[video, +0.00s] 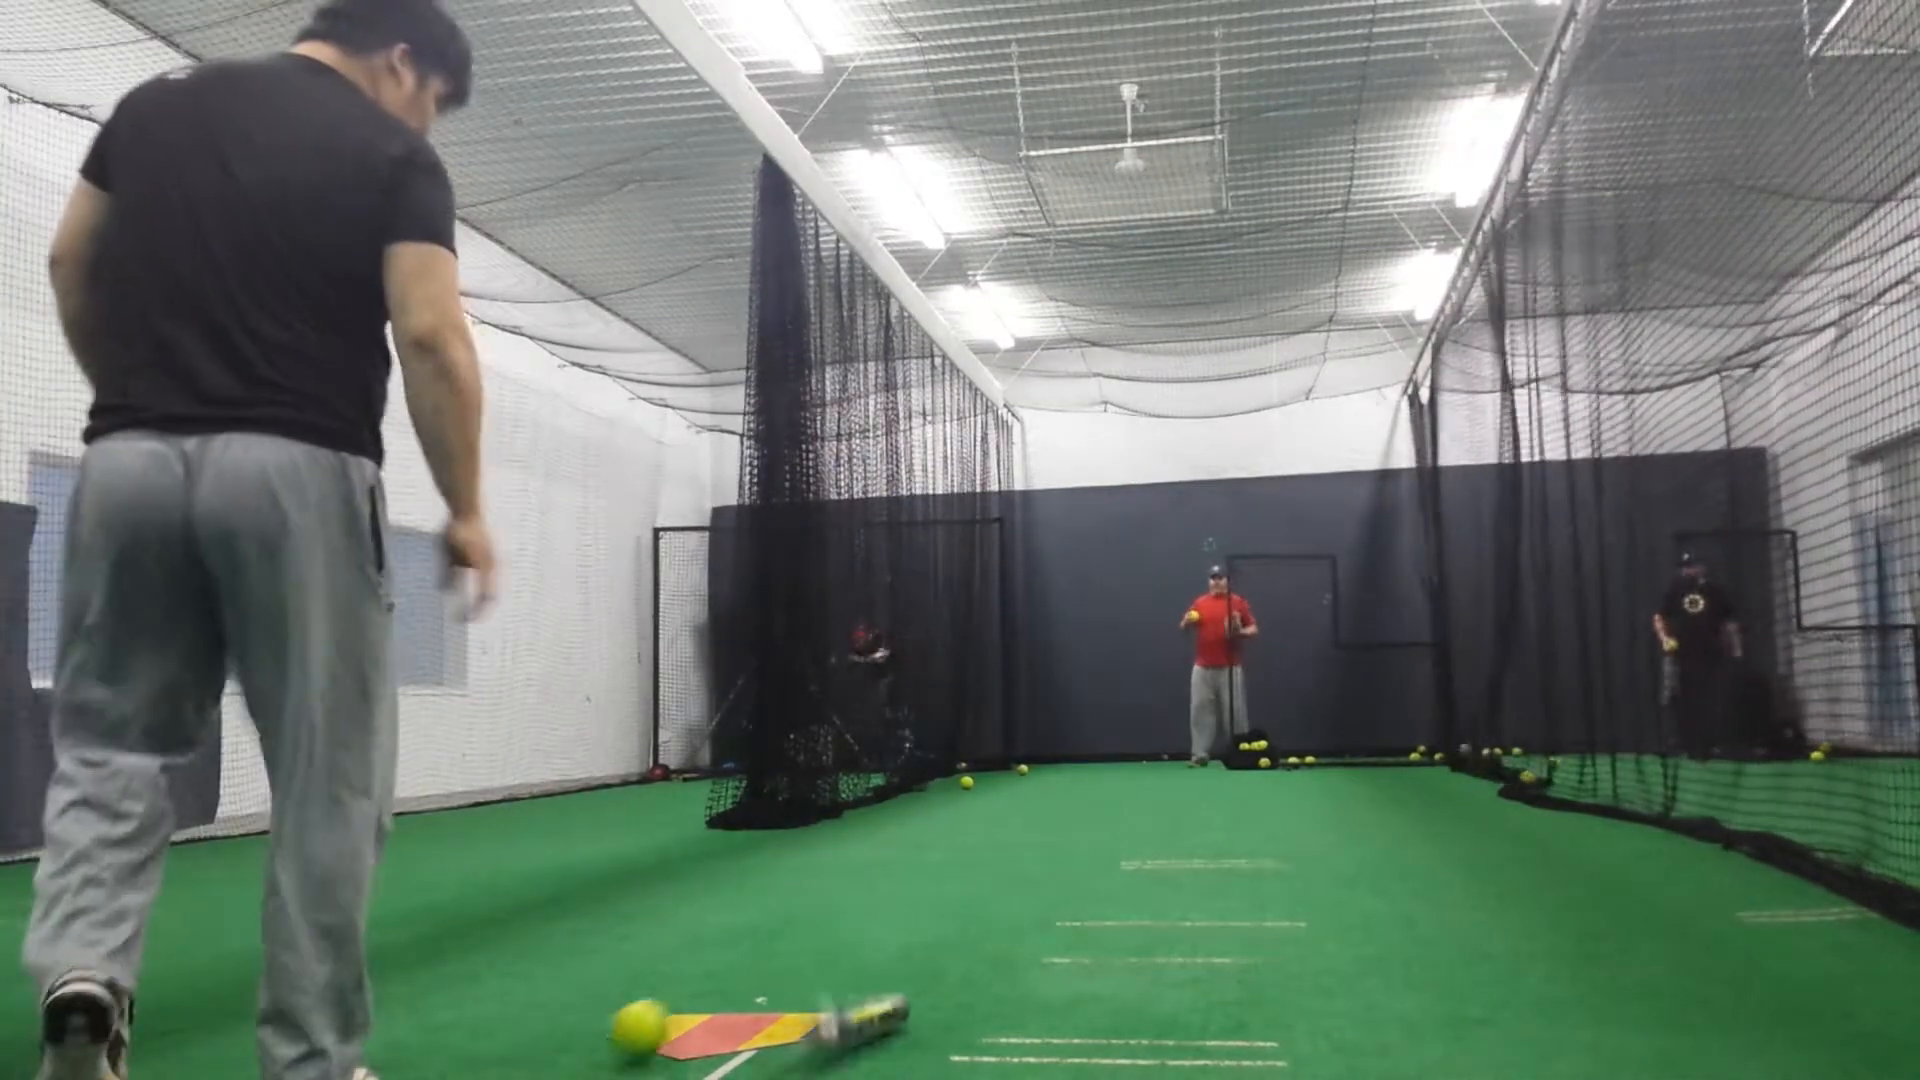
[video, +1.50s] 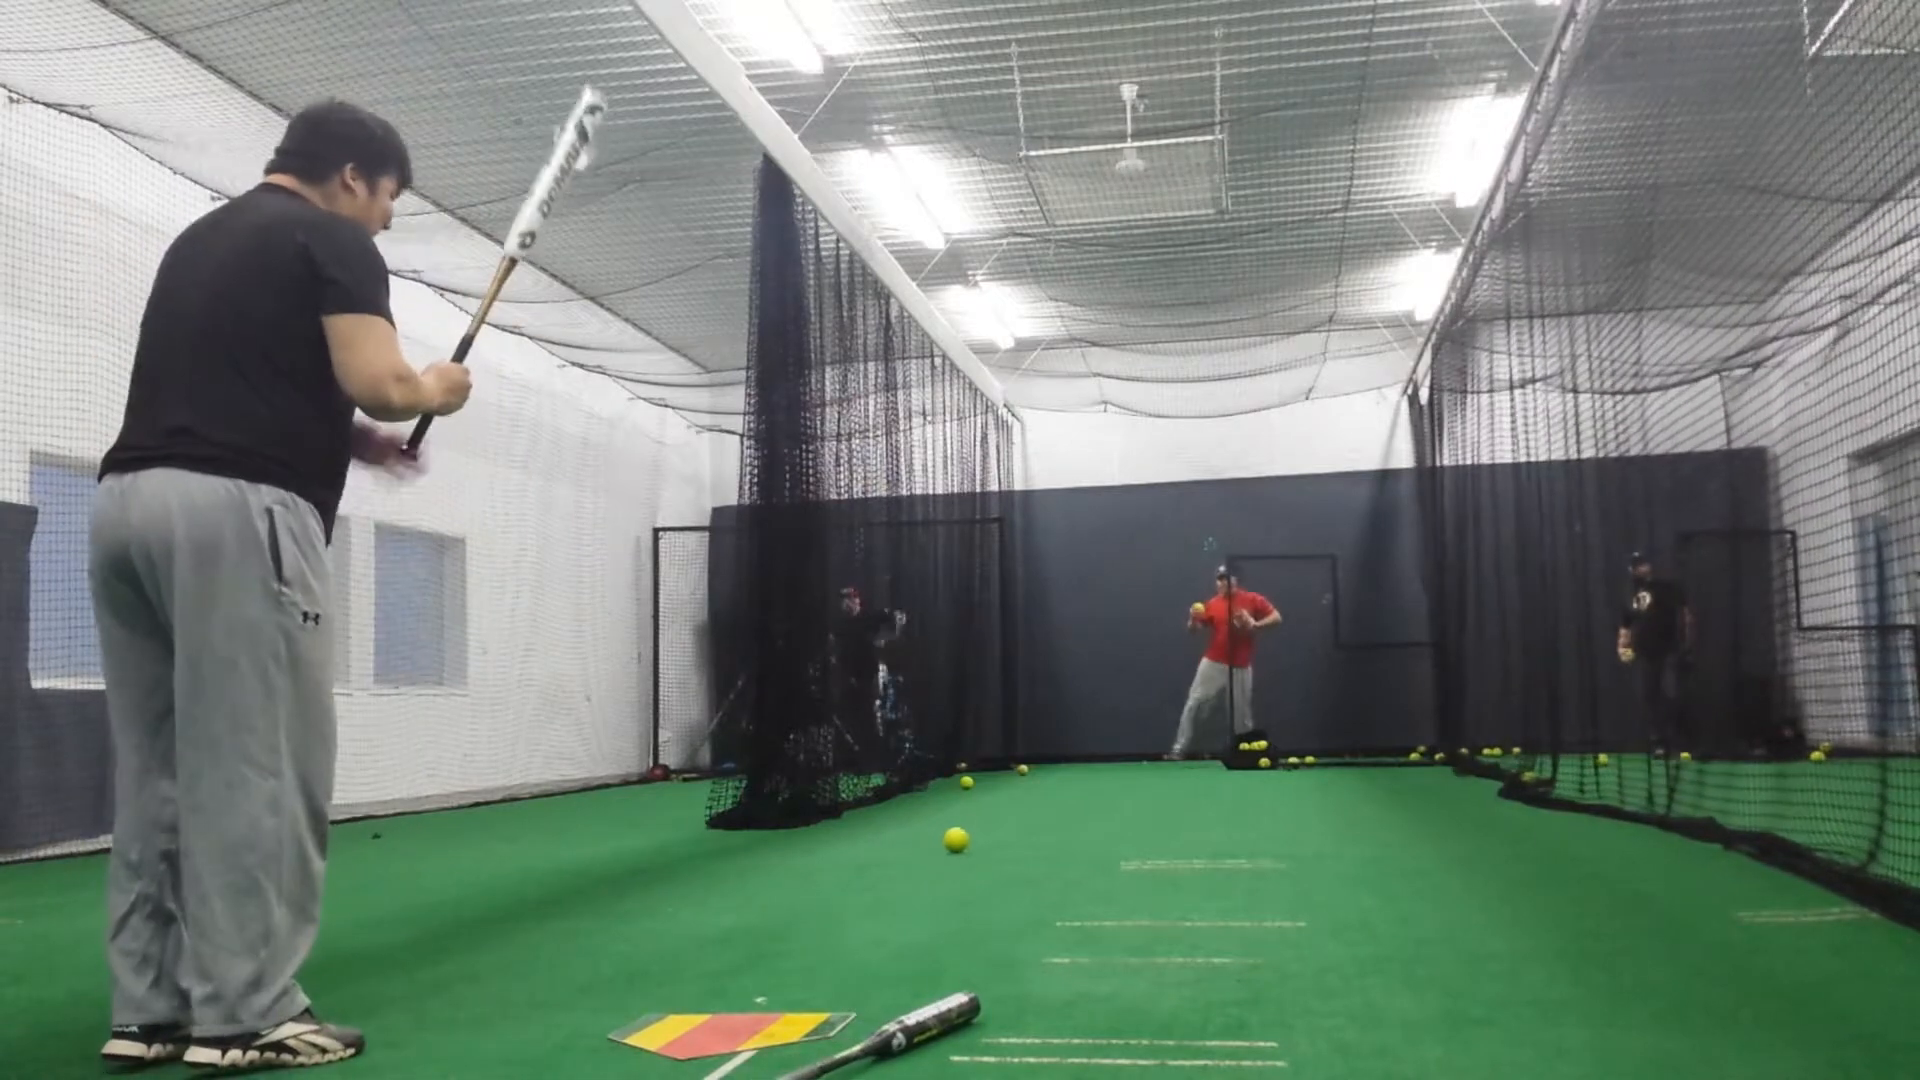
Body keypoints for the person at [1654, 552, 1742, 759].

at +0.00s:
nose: (1692, 573)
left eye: (1696, 568)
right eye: (1688, 568)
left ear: (1704, 569)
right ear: (1680, 570)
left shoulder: (1716, 592)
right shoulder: (1673, 592)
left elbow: (1730, 624)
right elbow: (1659, 618)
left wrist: (1736, 651)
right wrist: (1665, 639)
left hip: (1712, 652)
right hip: (1683, 653)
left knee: (1713, 699)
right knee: (1676, 697)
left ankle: (1711, 744)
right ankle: (1677, 743)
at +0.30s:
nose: (1669, 573)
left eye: (1673, 567)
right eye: (1665, 568)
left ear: (1681, 567)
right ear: (1659, 570)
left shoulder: (1698, 589)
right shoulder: (1655, 594)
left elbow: (1722, 613)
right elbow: (1642, 621)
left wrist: (1737, 634)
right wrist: (1653, 639)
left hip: (1698, 651)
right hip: (1668, 653)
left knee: (1698, 699)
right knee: (1664, 698)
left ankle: (1702, 745)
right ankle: (1663, 744)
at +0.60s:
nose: (1651, 572)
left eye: (1654, 566)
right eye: (1647, 568)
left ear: (1664, 566)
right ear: (1643, 572)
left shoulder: (1684, 589)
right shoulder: (1641, 594)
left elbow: (1699, 613)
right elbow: (1625, 619)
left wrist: (1703, 635)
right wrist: (1639, 636)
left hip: (1684, 647)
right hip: (1657, 650)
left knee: (1689, 694)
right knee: (1657, 698)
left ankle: (1696, 743)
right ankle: (1660, 744)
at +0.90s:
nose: (1648, 570)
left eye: (1650, 565)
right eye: (1643, 566)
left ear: (1658, 565)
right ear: (1638, 570)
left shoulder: (1673, 587)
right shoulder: (1634, 592)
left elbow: (1690, 613)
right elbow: (1620, 621)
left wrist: (1680, 632)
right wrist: (1633, 637)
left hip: (1673, 645)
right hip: (1649, 647)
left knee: (1680, 693)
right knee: (1653, 697)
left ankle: (1686, 742)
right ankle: (1660, 744)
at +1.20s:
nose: (1644, 571)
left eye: (1647, 565)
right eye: (1639, 567)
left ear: (1654, 565)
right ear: (1634, 570)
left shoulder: (1671, 588)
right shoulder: (1629, 594)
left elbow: (1687, 614)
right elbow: (1619, 623)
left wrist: (1687, 640)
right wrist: (1625, 641)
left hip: (1674, 649)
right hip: (1648, 654)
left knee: (1681, 696)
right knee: (1654, 700)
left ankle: (1691, 743)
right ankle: (1659, 744)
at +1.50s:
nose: (1640, 571)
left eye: (1644, 566)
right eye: (1636, 567)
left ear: (1652, 567)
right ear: (1631, 570)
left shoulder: (1669, 589)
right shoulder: (1631, 594)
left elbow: (1686, 616)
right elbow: (1626, 625)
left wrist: (1687, 643)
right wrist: (1623, 646)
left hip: (1670, 648)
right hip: (1646, 651)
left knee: (1672, 694)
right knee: (1648, 695)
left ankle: (1680, 743)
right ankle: (1657, 743)